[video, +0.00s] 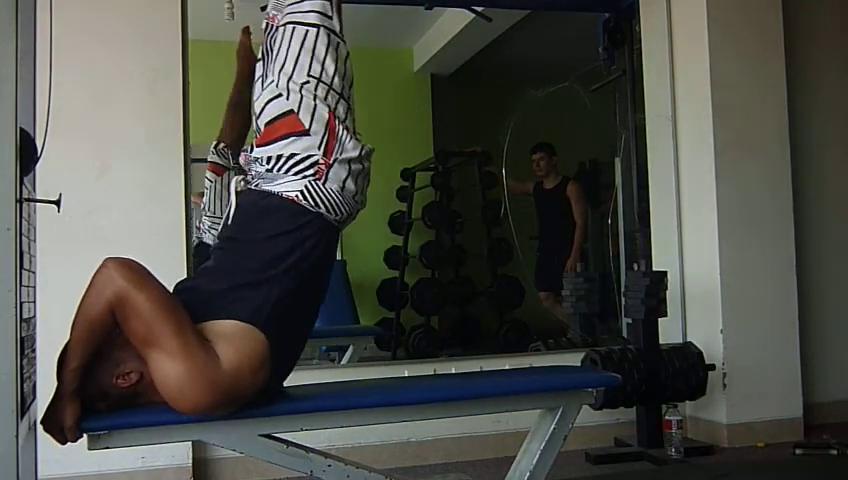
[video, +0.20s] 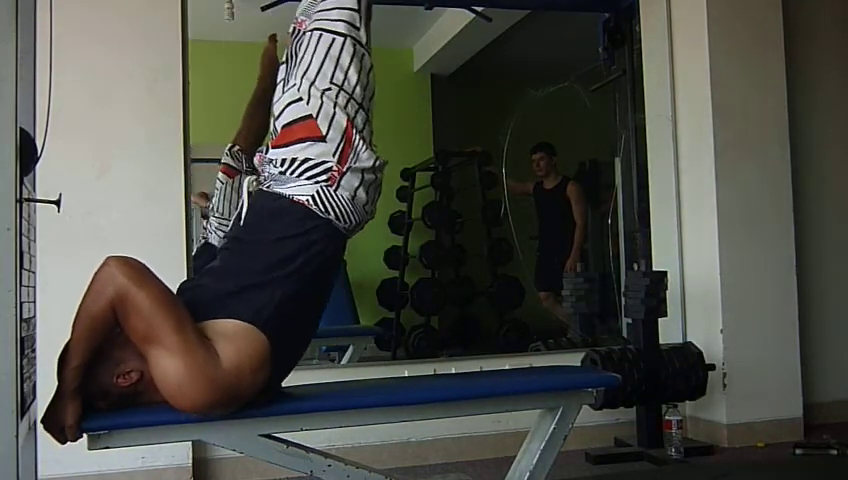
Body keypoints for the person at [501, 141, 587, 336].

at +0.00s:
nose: (537, 165)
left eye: (541, 160)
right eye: (534, 161)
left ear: (553, 161)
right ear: (532, 164)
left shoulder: (570, 187)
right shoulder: (536, 187)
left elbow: (581, 224)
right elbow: (512, 186)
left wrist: (574, 257)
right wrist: (490, 168)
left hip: (567, 249)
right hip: (546, 249)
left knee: (568, 295)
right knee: (545, 296)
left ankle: (574, 336)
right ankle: (576, 329)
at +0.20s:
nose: (537, 165)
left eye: (541, 160)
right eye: (534, 161)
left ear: (553, 161)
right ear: (532, 164)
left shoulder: (570, 187)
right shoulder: (536, 187)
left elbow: (581, 224)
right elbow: (512, 186)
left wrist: (574, 257)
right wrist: (491, 169)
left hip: (567, 249)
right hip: (546, 249)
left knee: (568, 295)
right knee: (545, 296)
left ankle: (574, 336)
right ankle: (576, 329)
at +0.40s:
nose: (537, 165)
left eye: (541, 160)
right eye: (534, 161)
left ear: (553, 161)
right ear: (532, 164)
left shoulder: (570, 187)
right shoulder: (536, 187)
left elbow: (581, 224)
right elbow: (511, 185)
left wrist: (574, 257)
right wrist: (489, 168)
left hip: (566, 249)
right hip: (546, 249)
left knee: (567, 296)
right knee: (545, 297)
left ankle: (574, 336)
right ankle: (577, 328)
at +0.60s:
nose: (536, 165)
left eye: (541, 160)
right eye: (534, 161)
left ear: (552, 161)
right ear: (532, 164)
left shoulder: (570, 187)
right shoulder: (536, 187)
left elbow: (580, 224)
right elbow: (511, 185)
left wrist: (574, 256)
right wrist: (489, 167)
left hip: (566, 249)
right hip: (545, 249)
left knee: (567, 296)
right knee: (546, 297)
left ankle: (575, 336)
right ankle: (577, 329)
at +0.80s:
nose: (537, 165)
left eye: (541, 160)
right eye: (534, 161)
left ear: (553, 161)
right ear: (532, 164)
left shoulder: (570, 187)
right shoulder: (536, 187)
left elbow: (580, 224)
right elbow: (511, 186)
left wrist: (574, 257)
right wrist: (491, 171)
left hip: (567, 249)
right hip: (546, 249)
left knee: (568, 296)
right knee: (546, 297)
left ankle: (574, 335)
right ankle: (578, 330)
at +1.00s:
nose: (536, 165)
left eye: (541, 160)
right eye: (534, 161)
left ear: (552, 161)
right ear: (531, 164)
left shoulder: (570, 187)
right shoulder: (536, 187)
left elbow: (580, 224)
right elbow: (512, 186)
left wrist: (574, 257)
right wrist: (493, 174)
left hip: (567, 250)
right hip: (546, 249)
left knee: (568, 296)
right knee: (546, 297)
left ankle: (575, 335)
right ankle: (577, 329)